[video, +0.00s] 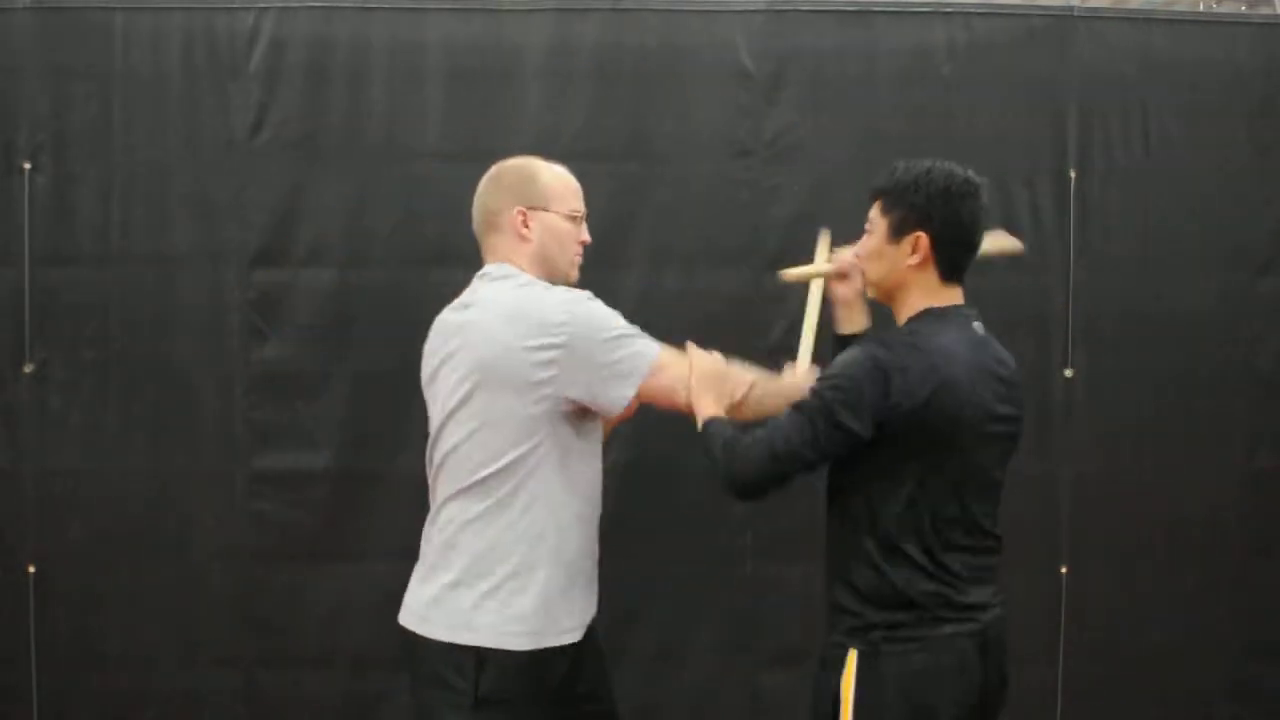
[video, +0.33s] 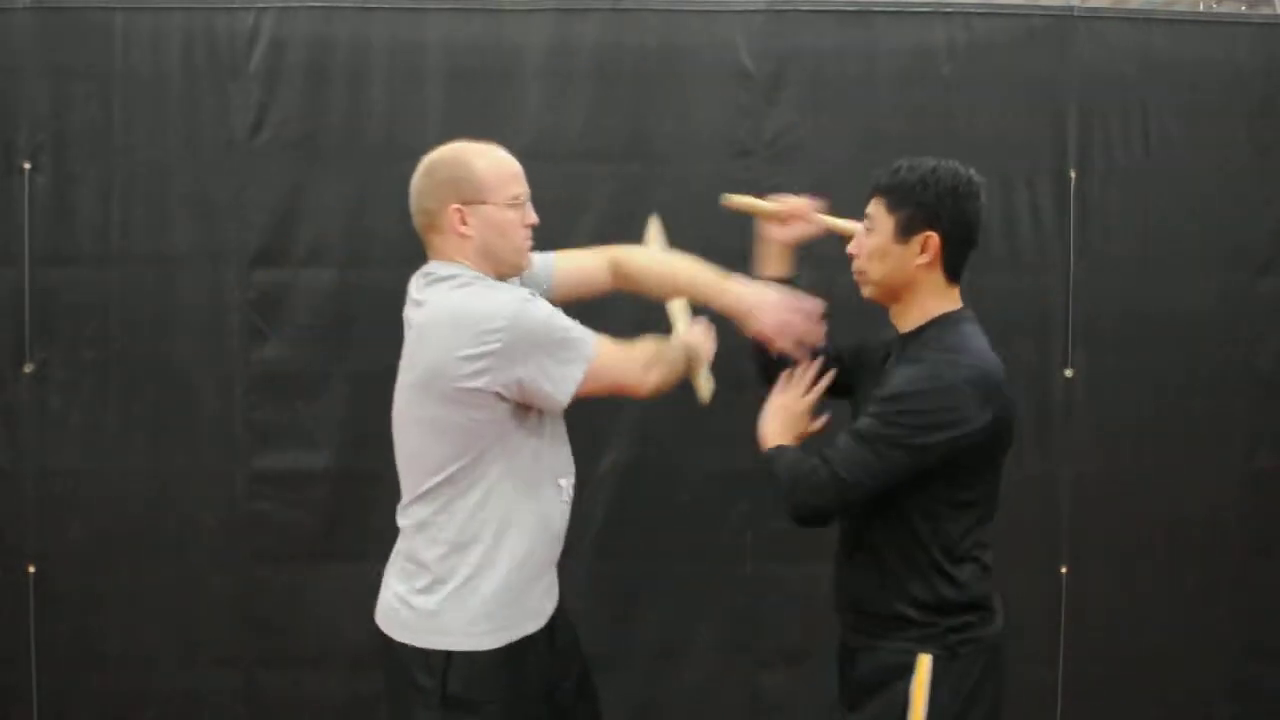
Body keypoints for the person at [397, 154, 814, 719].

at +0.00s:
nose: (587, 237)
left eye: (584, 221)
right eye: (574, 218)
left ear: (525, 225)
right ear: (525, 223)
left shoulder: (454, 323)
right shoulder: (557, 317)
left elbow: (570, 431)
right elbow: (695, 385)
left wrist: (652, 372)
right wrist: (791, 389)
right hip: (517, 641)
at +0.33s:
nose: (534, 219)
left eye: (528, 202)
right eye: (517, 203)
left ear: (462, 221)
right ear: (462, 220)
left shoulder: (484, 285)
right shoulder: (476, 315)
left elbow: (616, 265)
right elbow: (640, 372)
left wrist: (749, 297)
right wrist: (688, 346)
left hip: (524, 621)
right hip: (463, 645)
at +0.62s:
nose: (498, 220)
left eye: (498, 204)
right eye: (477, 203)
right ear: (416, 217)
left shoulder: (506, 299)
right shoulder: (385, 320)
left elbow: (640, 343)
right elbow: (558, 384)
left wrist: (562, 281)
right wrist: (641, 244)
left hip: (535, 630)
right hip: (432, 647)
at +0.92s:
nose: (526, 234)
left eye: (528, 219)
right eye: (505, 218)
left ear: (534, 228)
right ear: (445, 231)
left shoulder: (552, 340)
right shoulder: (397, 338)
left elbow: (606, 451)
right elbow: (399, 456)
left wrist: (656, 491)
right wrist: (352, 293)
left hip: (554, 645)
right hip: (441, 674)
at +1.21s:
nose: (587, 224)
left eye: (585, 209)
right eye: (571, 206)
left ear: (519, 216)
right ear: (515, 212)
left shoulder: (533, 315)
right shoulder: (487, 304)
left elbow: (544, 480)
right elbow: (649, 345)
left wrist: (620, 440)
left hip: (572, 627)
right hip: (492, 637)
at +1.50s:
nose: (600, 228)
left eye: (596, 212)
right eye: (586, 209)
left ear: (536, 219)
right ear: (535, 217)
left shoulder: (482, 312)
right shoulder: (561, 304)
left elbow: (599, 416)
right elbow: (719, 357)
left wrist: (698, 344)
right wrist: (805, 345)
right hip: (525, 635)